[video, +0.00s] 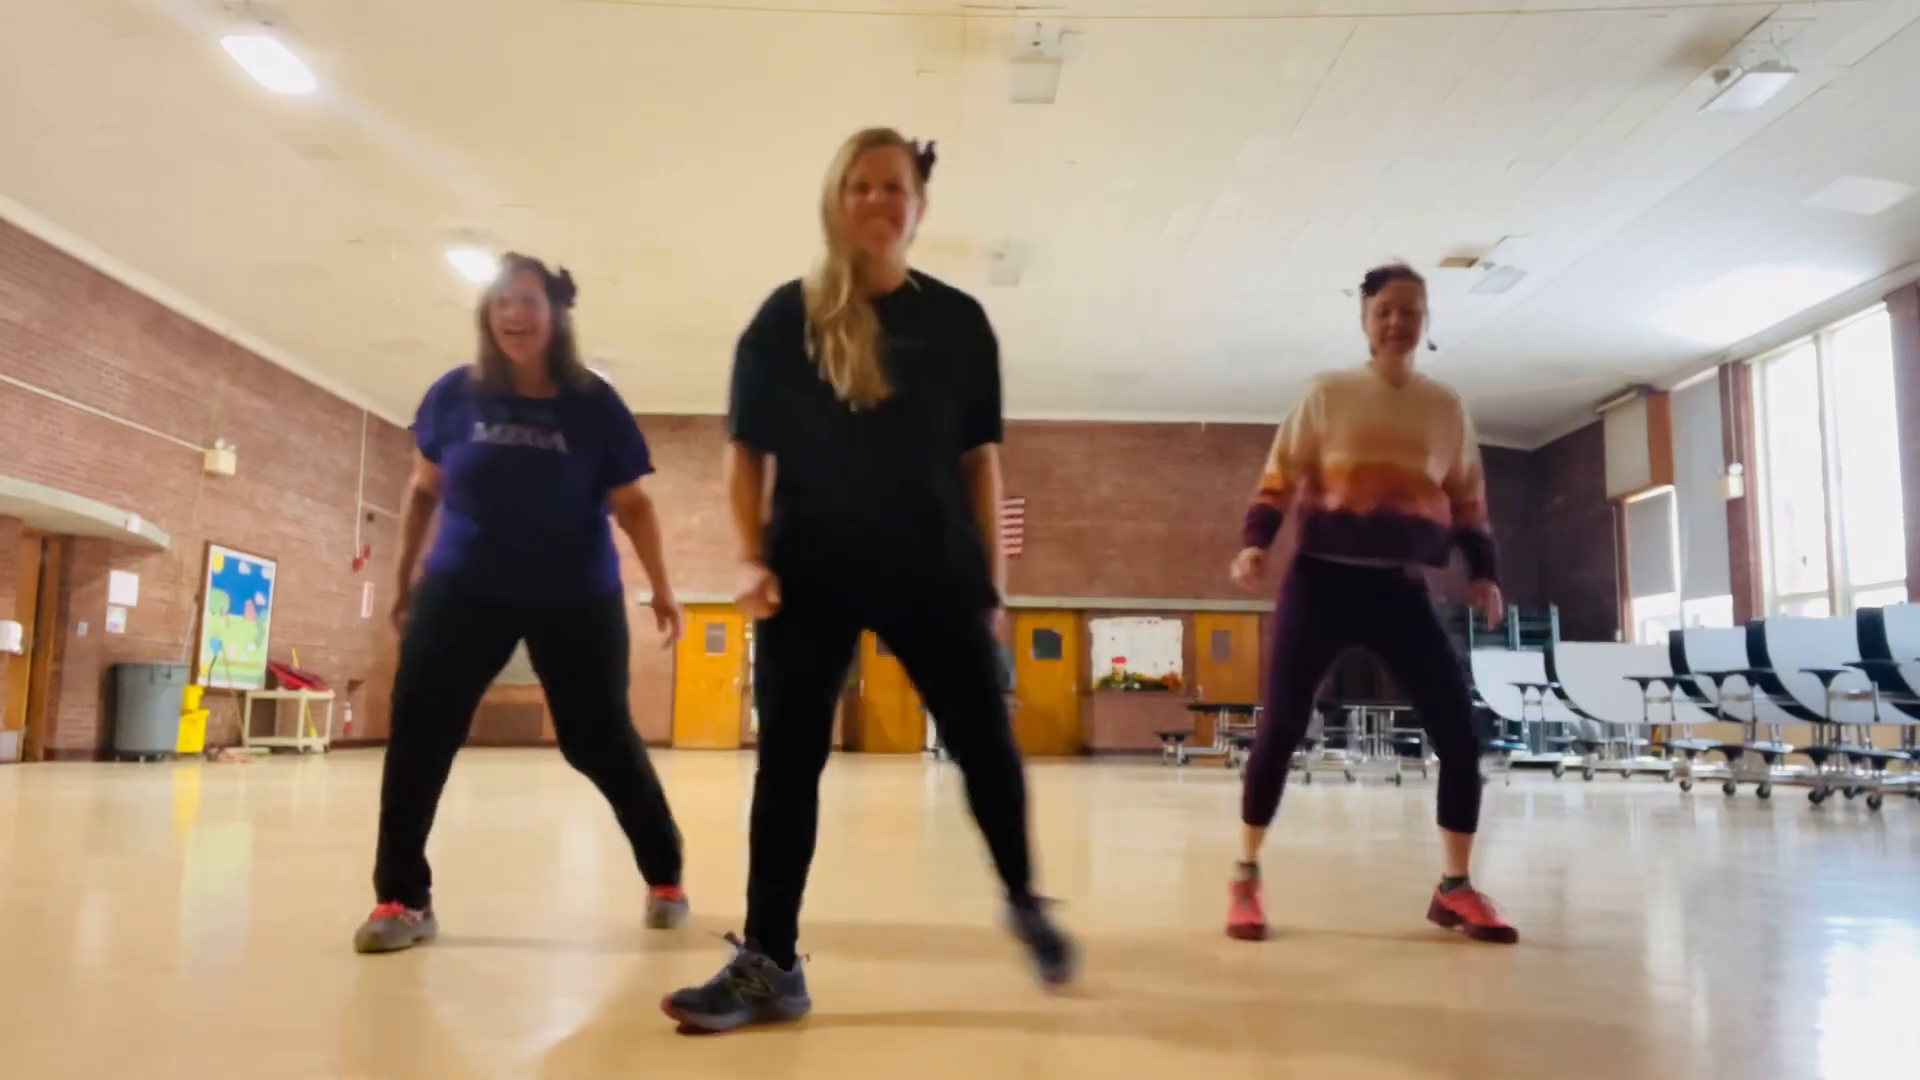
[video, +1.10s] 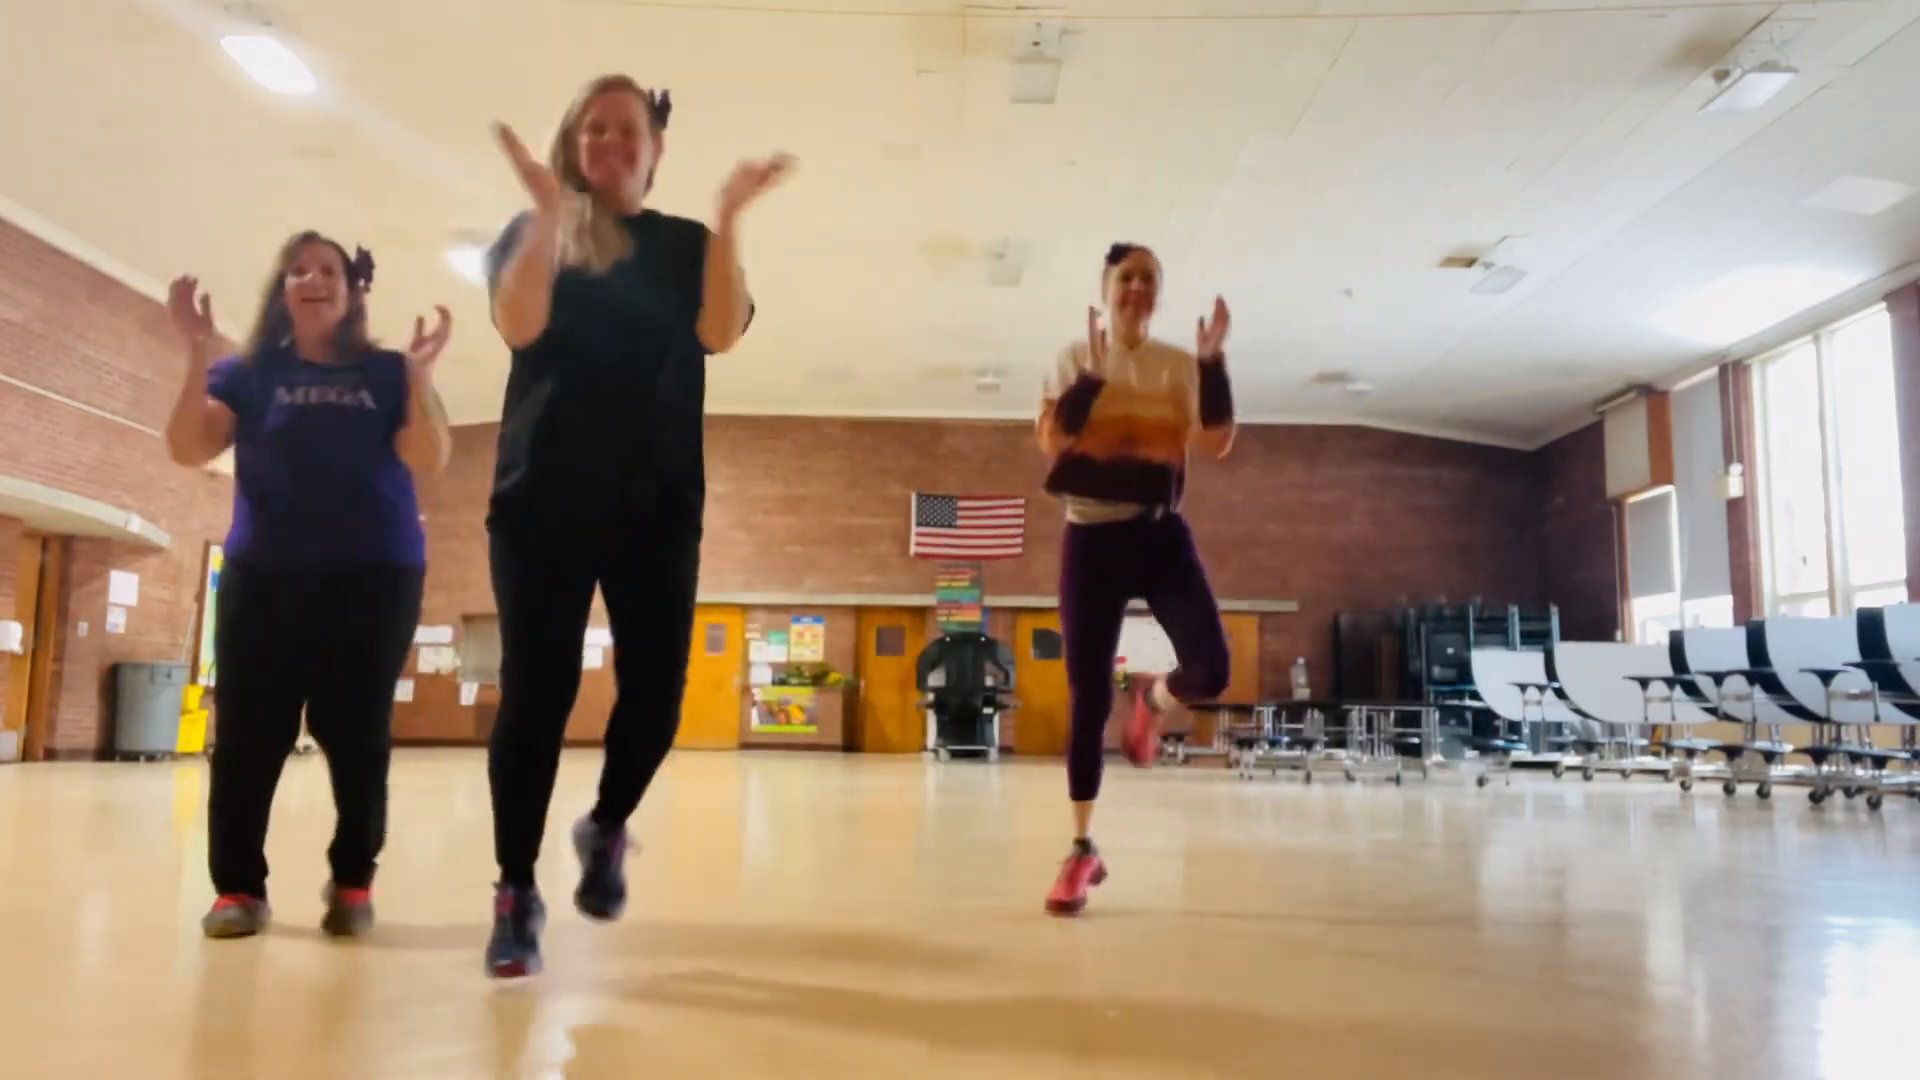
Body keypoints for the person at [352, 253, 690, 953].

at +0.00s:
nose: (514, 315)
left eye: (529, 303)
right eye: (502, 304)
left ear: (556, 314)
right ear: (486, 316)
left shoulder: (593, 403)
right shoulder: (456, 395)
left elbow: (632, 505)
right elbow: (423, 493)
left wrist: (661, 589)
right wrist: (404, 579)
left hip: (574, 596)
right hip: (467, 589)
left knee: (597, 739)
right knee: (418, 734)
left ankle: (665, 879)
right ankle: (402, 898)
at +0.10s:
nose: (479, 302)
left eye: (493, 290)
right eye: (466, 290)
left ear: (520, 303)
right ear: (449, 304)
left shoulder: (559, 390)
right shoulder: (420, 392)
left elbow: (597, 492)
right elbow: (390, 491)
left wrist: (618, 575)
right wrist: (366, 578)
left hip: (545, 592)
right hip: (438, 589)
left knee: (551, 737)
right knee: (405, 742)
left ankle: (578, 849)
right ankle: (402, 900)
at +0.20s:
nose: (454, 297)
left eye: (469, 285)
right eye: (441, 286)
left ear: (498, 297)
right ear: (427, 300)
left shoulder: (538, 386)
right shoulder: (397, 391)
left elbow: (574, 487)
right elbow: (372, 492)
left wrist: (568, 573)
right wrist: (348, 580)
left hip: (511, 595)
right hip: (412, 591)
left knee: (490, 740)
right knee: (395, 747)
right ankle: (399, 898)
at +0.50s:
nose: (441, 293)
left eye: (459, 286)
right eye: (433, 281)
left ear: (489, 306)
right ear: (417, 295)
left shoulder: (507, 403)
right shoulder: (368, 375)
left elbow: (521, 505)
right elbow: (326, 462)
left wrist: (493, 574)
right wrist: (293, 540)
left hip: (443, 594)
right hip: (345, 574)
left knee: (414, 737)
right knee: (316, 718)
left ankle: (408, 880)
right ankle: (328, 875)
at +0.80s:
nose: (364, 290)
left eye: (379, 282)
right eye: (352, 280)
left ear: (405, 303)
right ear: (332, 297)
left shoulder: (436, 397)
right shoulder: (287, 382)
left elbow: (458, 492)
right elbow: (249, 482)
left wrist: (465, 565)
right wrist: (214, 555)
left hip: (396, 594)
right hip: (288, 586)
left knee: (395, 740)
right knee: (256, 738)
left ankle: (408, 878)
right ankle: (240, 891)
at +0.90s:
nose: (337, 284)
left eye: (352, 276)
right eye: (325, 274)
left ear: (377, 296)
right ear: (305, 293)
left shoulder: (411, 386)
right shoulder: (267, 376)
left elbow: (456, 484)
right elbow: (214, 465)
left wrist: (460, 466)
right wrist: (195, 448)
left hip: (386, 584)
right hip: (277, 579)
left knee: (390, 728)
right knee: (252, 735)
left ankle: (408, 864)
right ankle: (239, 890)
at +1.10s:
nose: (312, 281)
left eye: (327, 271)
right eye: (298, 272)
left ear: (353, 291)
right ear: (281, 293)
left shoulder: (389, 370)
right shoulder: (251, 371)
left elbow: (430, 462)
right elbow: (188, 448)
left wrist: (420, 378)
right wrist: (197, 358)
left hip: (371, 575)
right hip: (265, 573)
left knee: (356, 730)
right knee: (247, 735)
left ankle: (354, 881)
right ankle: (239, 890)